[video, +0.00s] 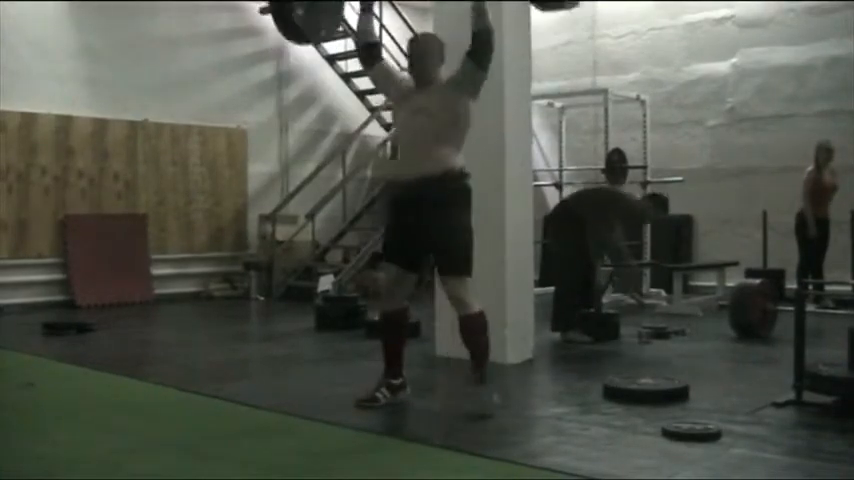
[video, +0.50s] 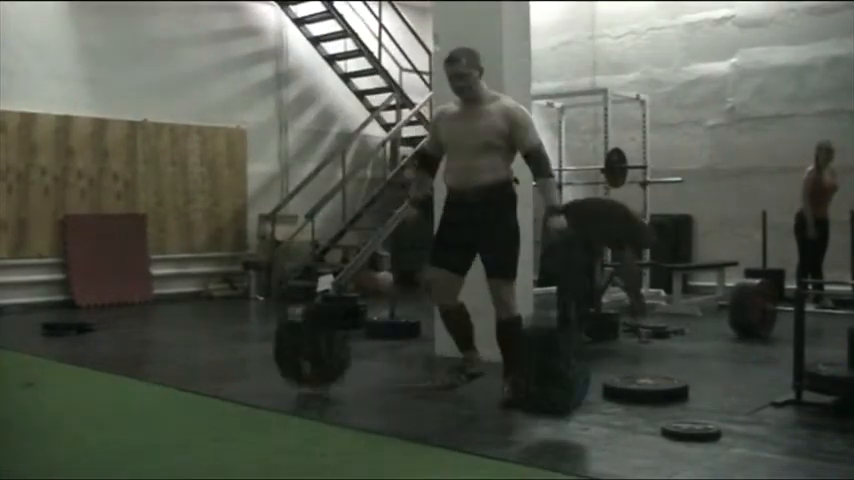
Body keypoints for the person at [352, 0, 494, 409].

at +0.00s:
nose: (418, 61)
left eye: (425, 54)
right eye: (413, 55)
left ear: (440, 59)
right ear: (408, 61)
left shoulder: (457, 93)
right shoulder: (401, 96)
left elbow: (481, 47)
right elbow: (368, 52)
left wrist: (479, 4)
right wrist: (368, 7)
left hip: (446, 191)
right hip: (404, 194)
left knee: (457, 285)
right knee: (393, 286)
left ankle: (480, 384)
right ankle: (393, 380)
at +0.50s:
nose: (459, 84)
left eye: (464, 77)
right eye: (453, 79)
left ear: (480, 73)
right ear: (448, 81)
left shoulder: (510, 113)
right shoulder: (443, 119)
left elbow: (540, 166)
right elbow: (427, 164)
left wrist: (554, 210)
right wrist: (417, 195)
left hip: (497, 207)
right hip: (457, 208)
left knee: (502, 294)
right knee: (440, 287)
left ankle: (514, 379)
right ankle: (470, 359)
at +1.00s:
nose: (440, 101)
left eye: (445, 93)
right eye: (435, 95)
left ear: (462, 86)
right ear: (429, 94)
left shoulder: (496, 118)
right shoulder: (428, 130)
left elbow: (530, 163)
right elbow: (409, 176)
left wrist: (532, 213)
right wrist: (397, 215)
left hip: (492, 207)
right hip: (455, 212)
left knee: (488, 290)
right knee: (457, 298)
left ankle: (498, 380)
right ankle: (479, 371)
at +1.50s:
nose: (372, 155)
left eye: (372, 147)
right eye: (367, 149)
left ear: (388, 135)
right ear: (372, 144)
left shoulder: (449, 148)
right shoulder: (396, 172)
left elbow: (484, 202)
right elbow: (387, 229)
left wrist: (491, 255)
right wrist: (380, 278)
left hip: (479, 216)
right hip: (443, 221)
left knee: (472, 299)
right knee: (420, 293)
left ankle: (491, 392)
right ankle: (416, 384)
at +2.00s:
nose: (364, 247)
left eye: (366, 240)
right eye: (358, 242)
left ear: (379, 223)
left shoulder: (425, 232)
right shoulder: (371, 241)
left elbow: (460, 295)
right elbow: (371, 299)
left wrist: (470, 356)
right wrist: (372, 352)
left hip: (478, 252)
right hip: (432, 257)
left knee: (436, 311)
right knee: (390, 307)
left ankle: (465, 394)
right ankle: (416, 385)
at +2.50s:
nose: (394, 65)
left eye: (401, 57)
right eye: (392, 58)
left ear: (423, 59)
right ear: (393, 64)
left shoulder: (449, 109)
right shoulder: (394, 112)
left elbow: (482, 157)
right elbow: (383, 160)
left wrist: (463, 196)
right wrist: (385, 198)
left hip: (447, 216)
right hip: (406, 215)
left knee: (443, 303)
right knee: (399, 300)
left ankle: (462, 393)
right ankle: (410, 384)